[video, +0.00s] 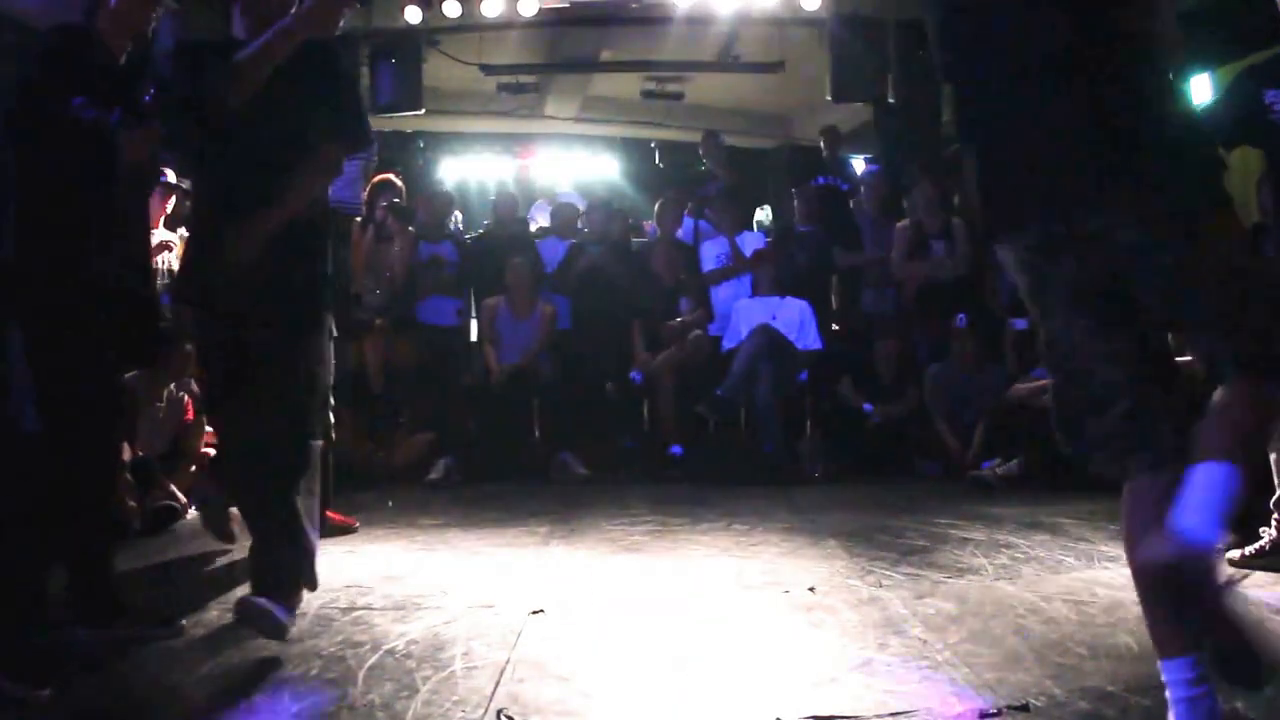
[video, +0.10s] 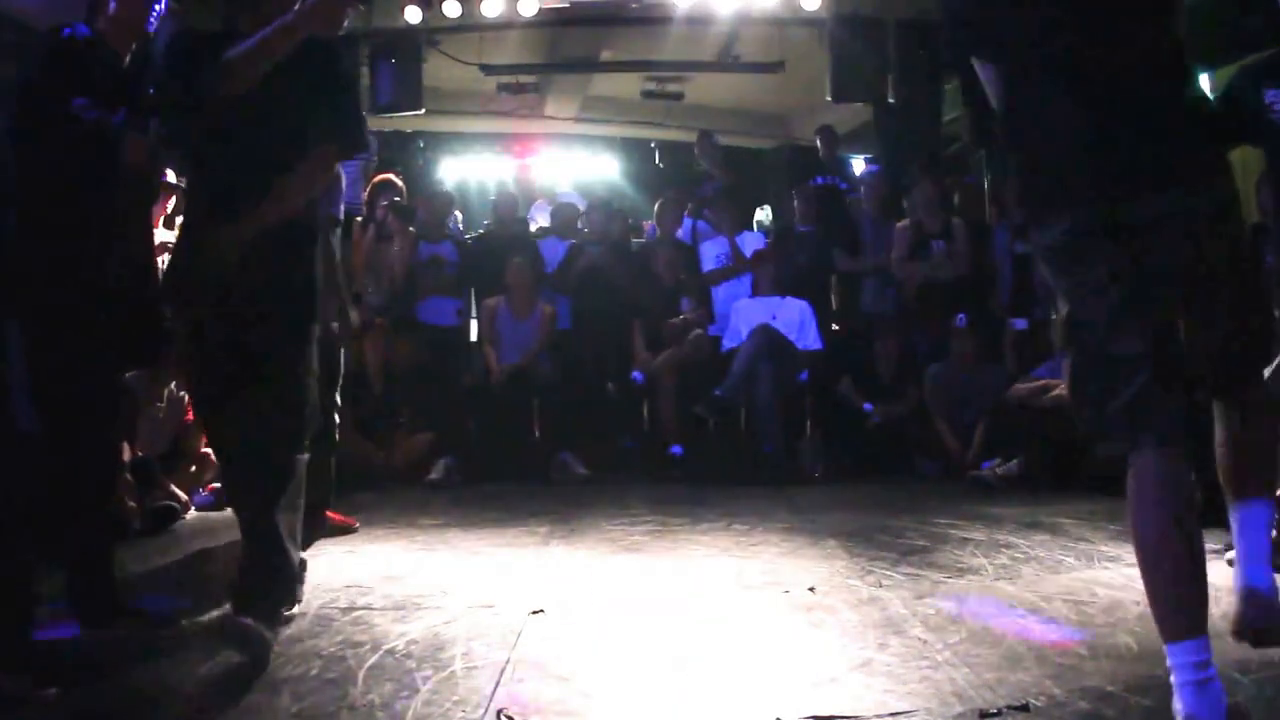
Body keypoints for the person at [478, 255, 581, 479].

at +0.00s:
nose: (516, 279)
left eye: (521, 274)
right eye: (512, 273)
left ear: (532, 277)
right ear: (505, 277)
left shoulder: (545, 311)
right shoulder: (491, 307)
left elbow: (541, 345)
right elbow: (487, 341)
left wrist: (519, 366)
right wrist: (495, 368)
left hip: (531, 371)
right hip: (501, 371)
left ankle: (559, 452)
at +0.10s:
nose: (517, 279)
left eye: (522, 273)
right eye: (513, 273)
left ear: (533, 277)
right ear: (506, 277)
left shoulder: (545, 312)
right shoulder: (491, 307)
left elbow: (540, 346)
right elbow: (487, 341)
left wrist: (518, 366)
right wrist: (495, 368)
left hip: (531, 370)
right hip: (501, 370)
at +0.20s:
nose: (518, 279)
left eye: (523, 273)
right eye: (514, 273)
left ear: (533, 276)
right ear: (506, 277)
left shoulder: (545, 312)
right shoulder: (491, 307)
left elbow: (540, 346)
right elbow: (487, 341)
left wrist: (517, 366)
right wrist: (494, 367)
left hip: (533, 369)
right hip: (502, 371)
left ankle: (558, 452)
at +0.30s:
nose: (516, 279)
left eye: (522, 273)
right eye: (512, 273)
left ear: (532, 277)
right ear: (506, 277)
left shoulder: (545, 312)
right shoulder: (491, 307)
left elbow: (537, 348)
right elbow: (486, 341)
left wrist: (515, 367)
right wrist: (495, 368)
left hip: (528, 369)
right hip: (499, 370)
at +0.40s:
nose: (515, 279)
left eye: (521, 273)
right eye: (511, 273)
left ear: (531, 277)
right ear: (505, 277)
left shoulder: (545, 312)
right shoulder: (491, 307)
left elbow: (538, 347)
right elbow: (486, 341)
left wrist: (517, 366)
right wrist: (495, 369)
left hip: (529, 371)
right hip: (499, 372)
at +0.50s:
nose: (516, 279)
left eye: (521, 274)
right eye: (512, 273)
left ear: (531, 278)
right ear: (505, 277)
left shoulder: (545, 312)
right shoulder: (491, 307)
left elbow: (538, 349)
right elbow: (486, 341)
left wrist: (513, 367)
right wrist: (494, 369)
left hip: (528, 370)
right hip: (499, 371)